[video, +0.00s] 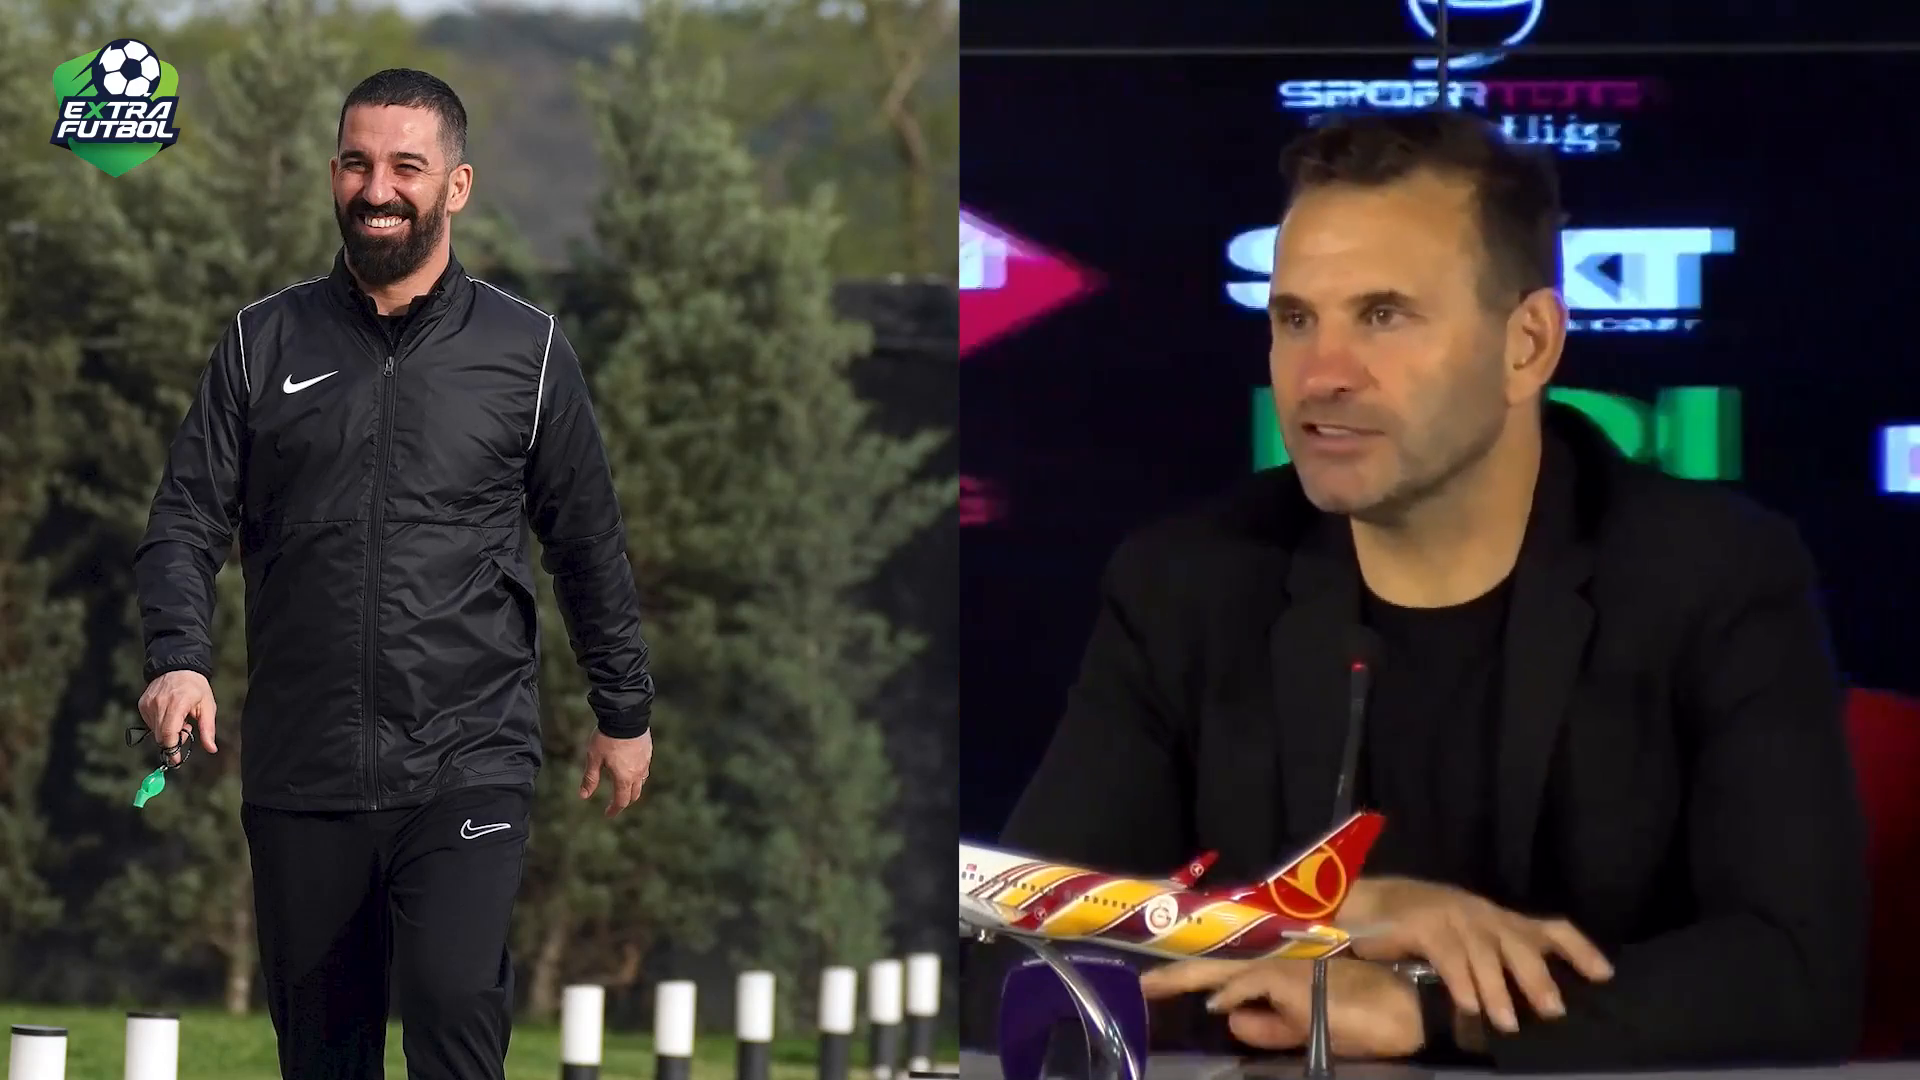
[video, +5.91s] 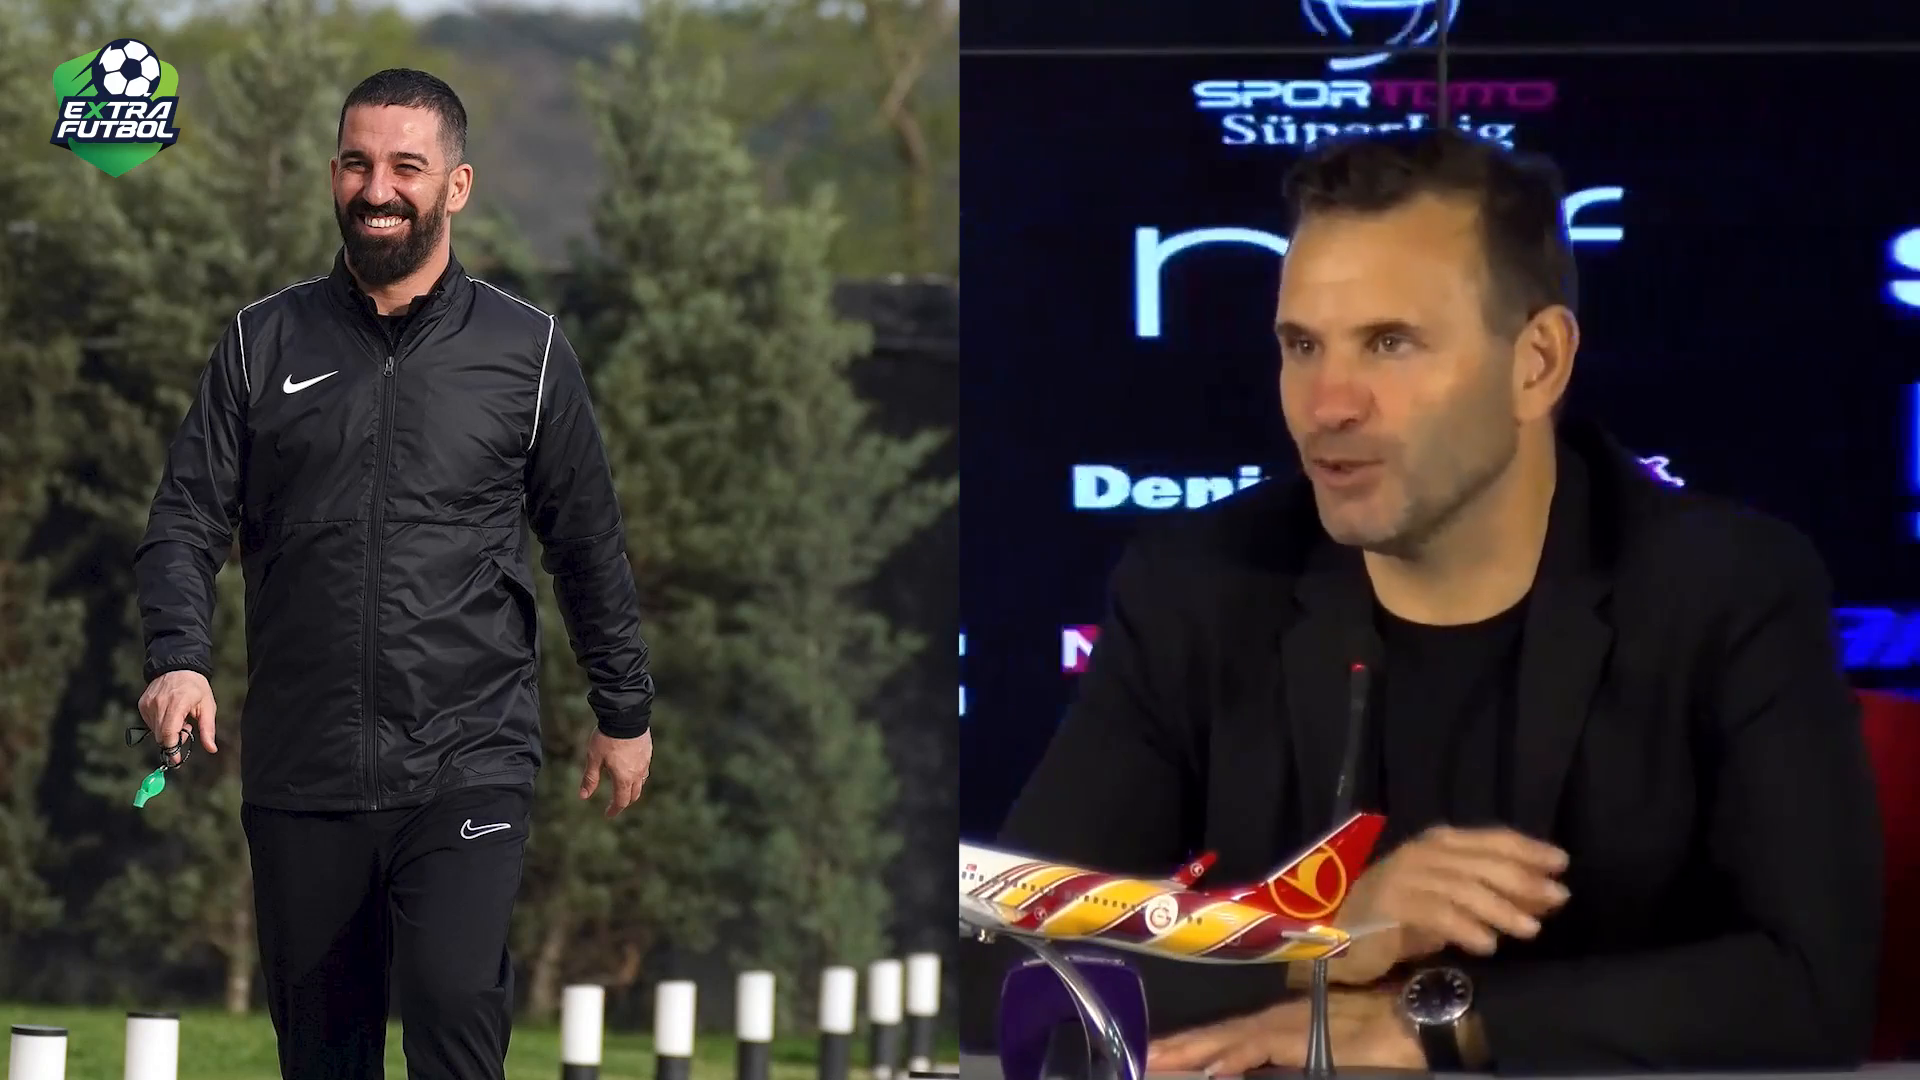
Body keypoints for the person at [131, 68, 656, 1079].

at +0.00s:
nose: (376, 187)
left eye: (405, 164)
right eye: (356, 162)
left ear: (458, 185)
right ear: (334, 176)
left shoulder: (529, 350)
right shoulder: (259, 343)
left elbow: (589, 542)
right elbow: (187, 513)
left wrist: (623, 709)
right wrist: (178, 658)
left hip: (472, 751)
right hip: (302, 753)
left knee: (454, 1017)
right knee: (320, 1039)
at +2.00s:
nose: (376, 187)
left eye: (405, 164)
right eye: (356, 162)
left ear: (458, 185)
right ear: (334, 176)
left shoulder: (529, 349)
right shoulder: (259, 342)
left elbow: (588, 540)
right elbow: (187, 513)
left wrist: (623, 709)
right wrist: (178, 658)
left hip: (471, 752)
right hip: (302, 755)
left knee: (455, 1019)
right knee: (320, 1042)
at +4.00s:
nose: (375, 187)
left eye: (405, 164)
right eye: (356, 162)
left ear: (458, 185)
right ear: (334, 177)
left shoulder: (530, 350)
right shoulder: (259, 342)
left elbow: (588, 541)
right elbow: (187, 513)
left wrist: (623, 708)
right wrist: (177, 658)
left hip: (472, 752)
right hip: (301, 755)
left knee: (455, 1018)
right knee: (320, 1042)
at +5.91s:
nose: (375, 186)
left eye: (405, 164)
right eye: (356, 162)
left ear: (458, 186)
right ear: (334, 177)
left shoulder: (530, 350)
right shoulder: (259, 343)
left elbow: (589, 542)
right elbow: (186, 513)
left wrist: (623, 708)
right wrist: (178, 658)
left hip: (472, 750)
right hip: (302, 752)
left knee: (454, 1018)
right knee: (320, 1041)